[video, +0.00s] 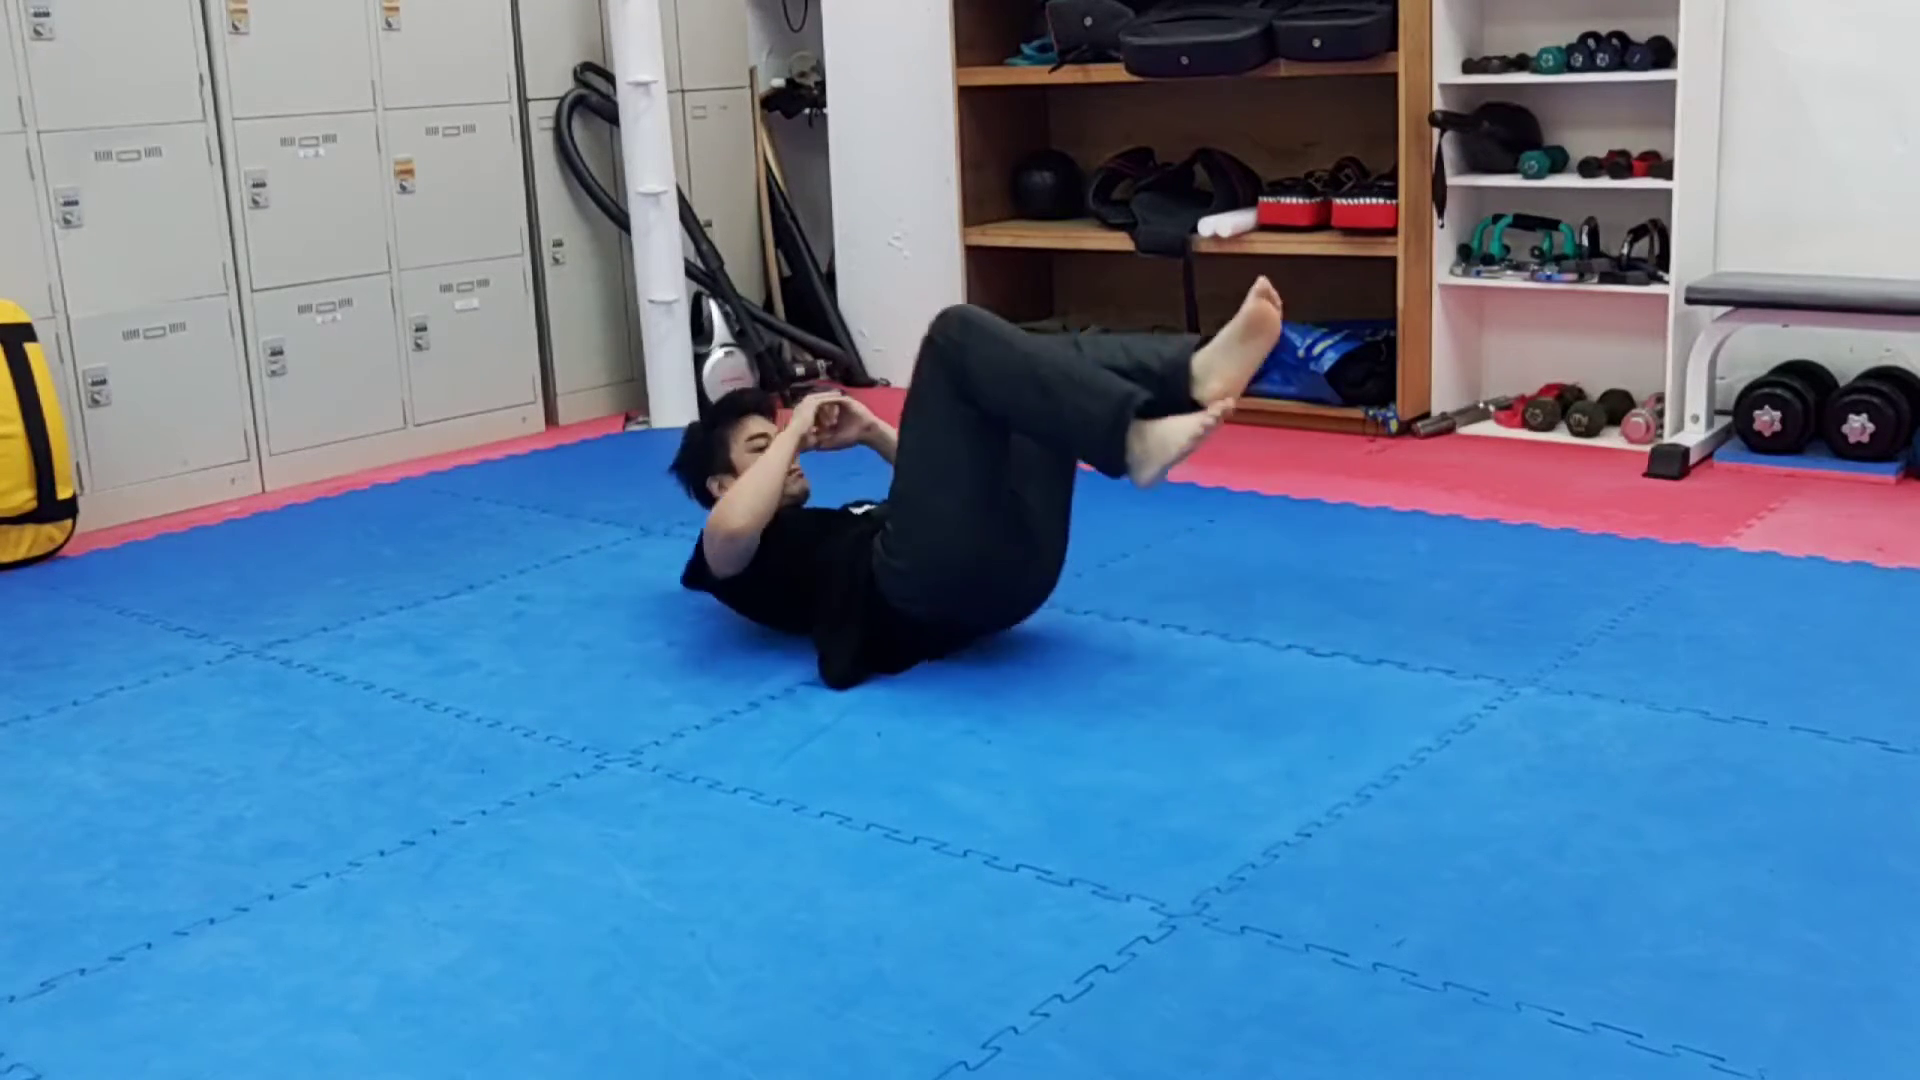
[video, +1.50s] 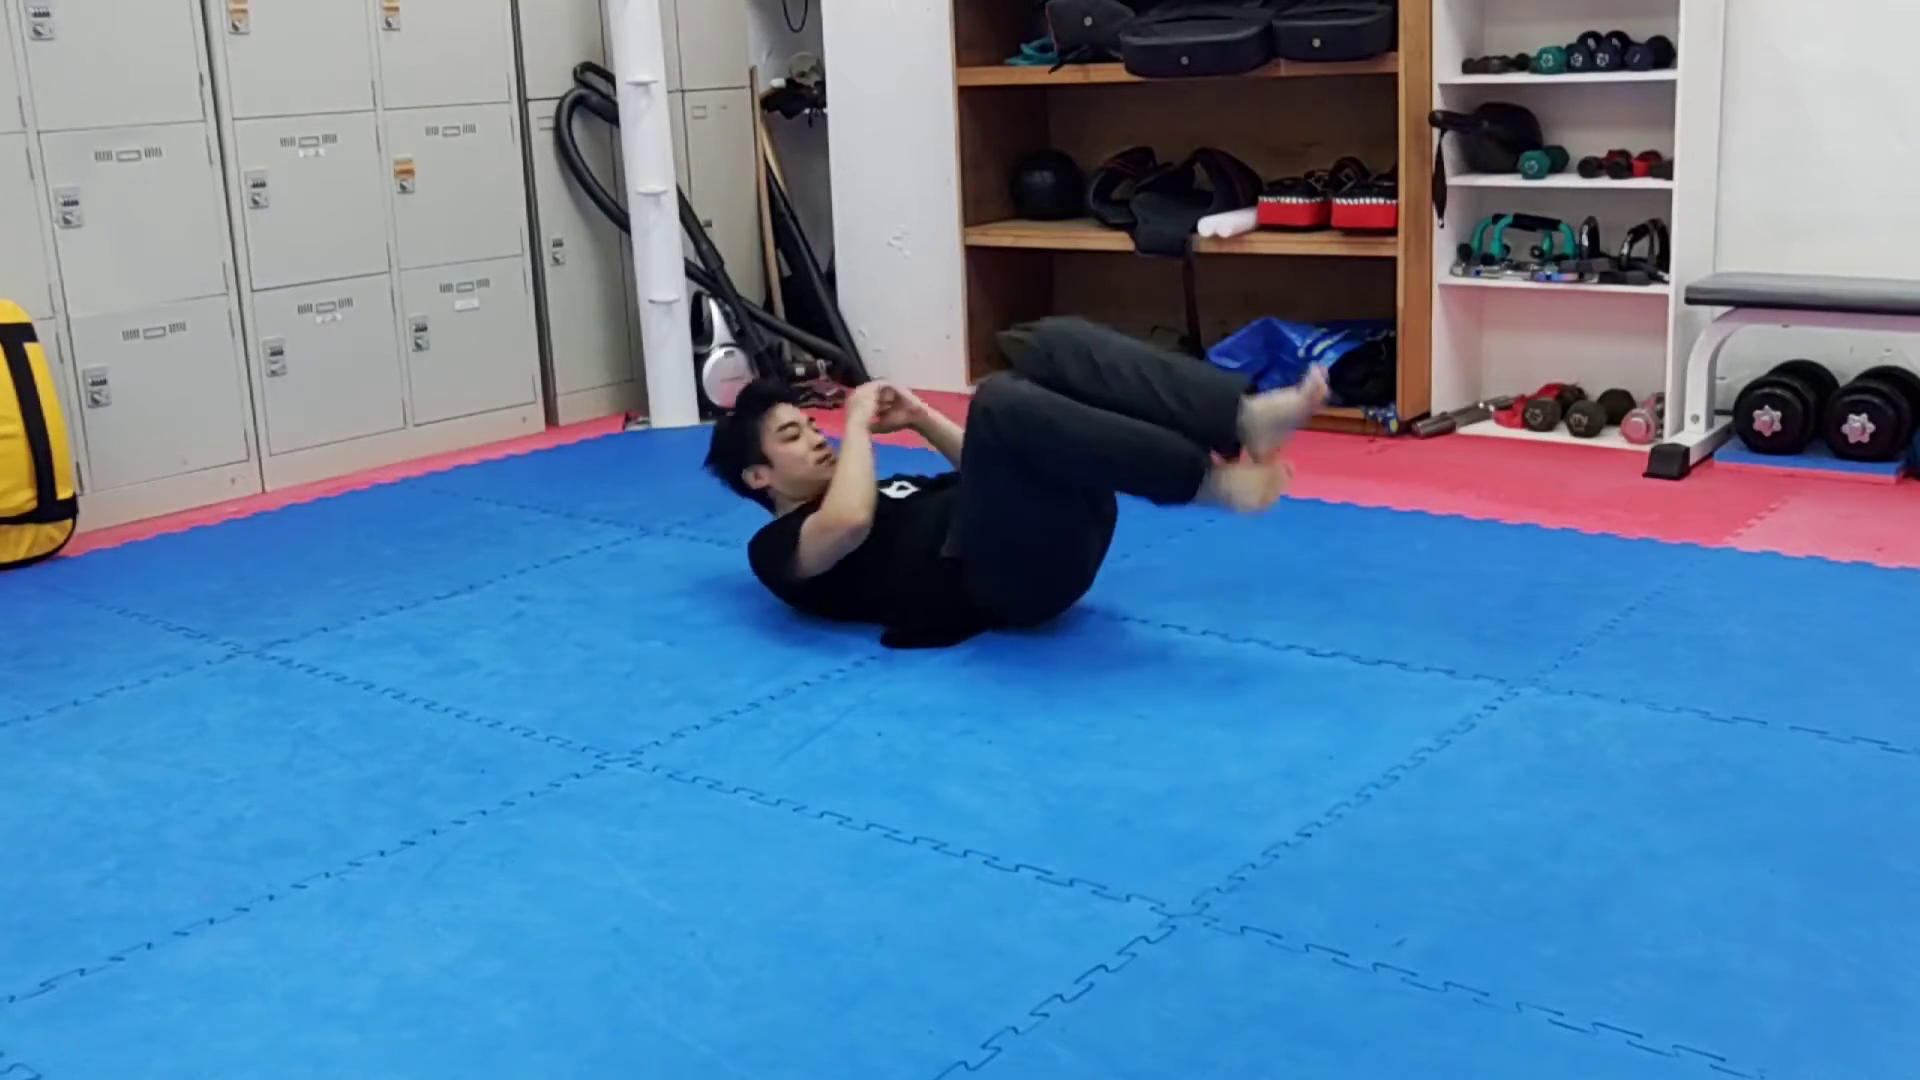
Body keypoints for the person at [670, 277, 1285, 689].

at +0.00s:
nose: (785, 456)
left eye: (788, 440)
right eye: (758, 448)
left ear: (800, 451)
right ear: (717, 485)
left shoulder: (836, 525)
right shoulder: (727, 557)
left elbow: (940, 486)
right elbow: (734, 523)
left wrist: (876, 436)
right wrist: (791, 438)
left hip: (1006, 572)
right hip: (930, 583)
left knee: (1033, 362)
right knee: (956, 336)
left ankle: (1194, 372)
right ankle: (1127, 441)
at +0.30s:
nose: (795, 453)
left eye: (792, 441)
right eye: (773, 445)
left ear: (793, 449)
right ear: (726, 477)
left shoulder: (819, 511)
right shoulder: (725, 538)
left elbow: (955, 486)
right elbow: (819, 505)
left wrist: (910, 448)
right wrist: (860, 431)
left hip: (1006, 569)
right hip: (947, 598)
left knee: (1025, 349)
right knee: (969, 386)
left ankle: (1207, 455)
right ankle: (1152, 509)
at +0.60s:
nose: (855, 383)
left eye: (853, 365)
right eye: (829, 373)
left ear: (860, 369)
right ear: (777, 400)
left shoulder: (911, 444)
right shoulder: (775, 487)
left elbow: (1032, 475)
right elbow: (830, 534)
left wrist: (968, 407)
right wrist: (890, 420)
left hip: (1052, 585)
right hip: (982, 616)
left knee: (1178, 433)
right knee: (1099, 431)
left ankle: (1323, 585)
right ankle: (1238, 612)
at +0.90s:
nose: (814, 411)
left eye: (807, 391)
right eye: (790, 420)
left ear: (820, 374)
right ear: (768, 448)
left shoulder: (904, 412)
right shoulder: (805, 524)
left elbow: (1002, 398)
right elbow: (842, 610)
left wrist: (892, 410)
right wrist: (831, 475)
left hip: (1077, 564)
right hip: (1000, 607)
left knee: (1217, 434)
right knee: (1115, 444)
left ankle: (1348, 589)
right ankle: (1247, 625)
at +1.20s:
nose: (770, 456)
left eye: (766, 436)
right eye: (742, 465)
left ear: (780, 428)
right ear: (727, 506)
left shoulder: (864, 449)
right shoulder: (769, 581)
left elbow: (959, 420)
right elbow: (810, 604)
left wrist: (838, 409)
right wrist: (780, 481)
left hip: (1039, 537)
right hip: (978, 591)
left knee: (1028, 344)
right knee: (992, 369)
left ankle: (1241, 344)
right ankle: (1176, 469)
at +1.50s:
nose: (819, 435)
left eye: (816, 425)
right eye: (792, 435)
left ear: (827, 436)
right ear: (761, 481)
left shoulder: (885, 485)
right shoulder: (776, 550)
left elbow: (990, 477)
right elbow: (848, 523)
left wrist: (925, 423)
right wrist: (856, 422)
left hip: (1054, 539)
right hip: (1007, 584)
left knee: (1047, 346)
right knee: (997, 403)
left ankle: (1244, 419)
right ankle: (1210, 481)